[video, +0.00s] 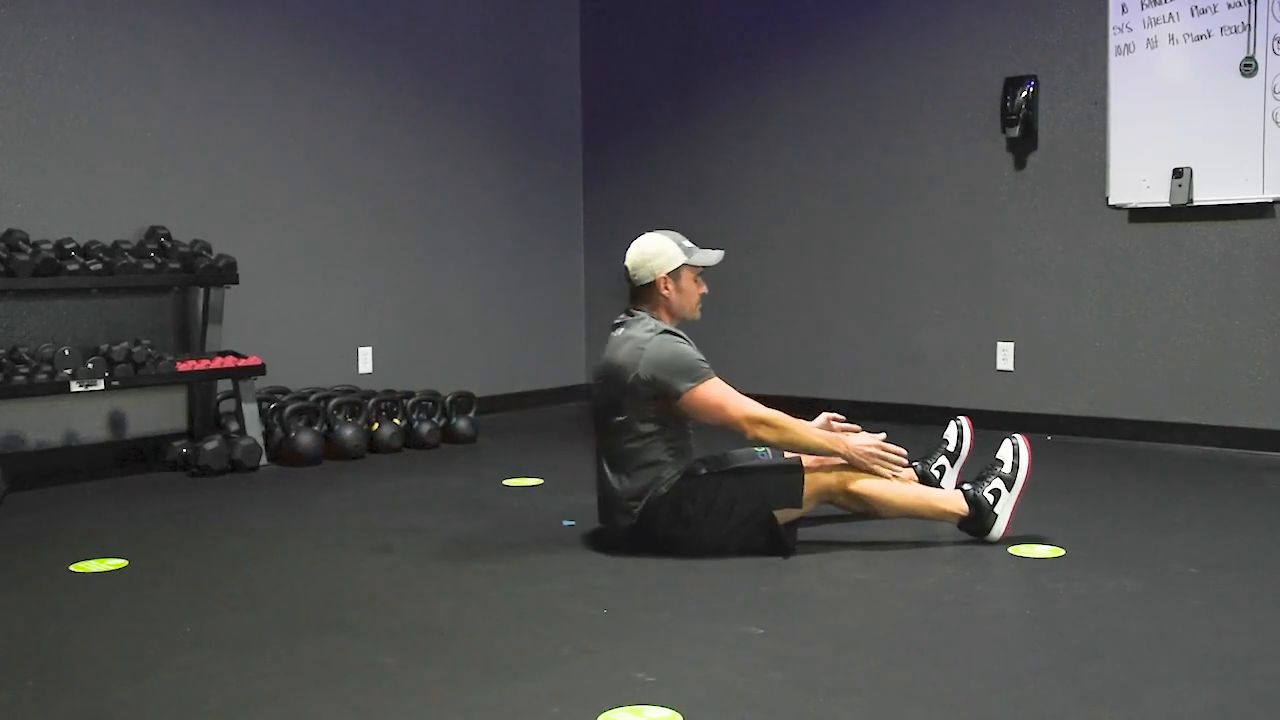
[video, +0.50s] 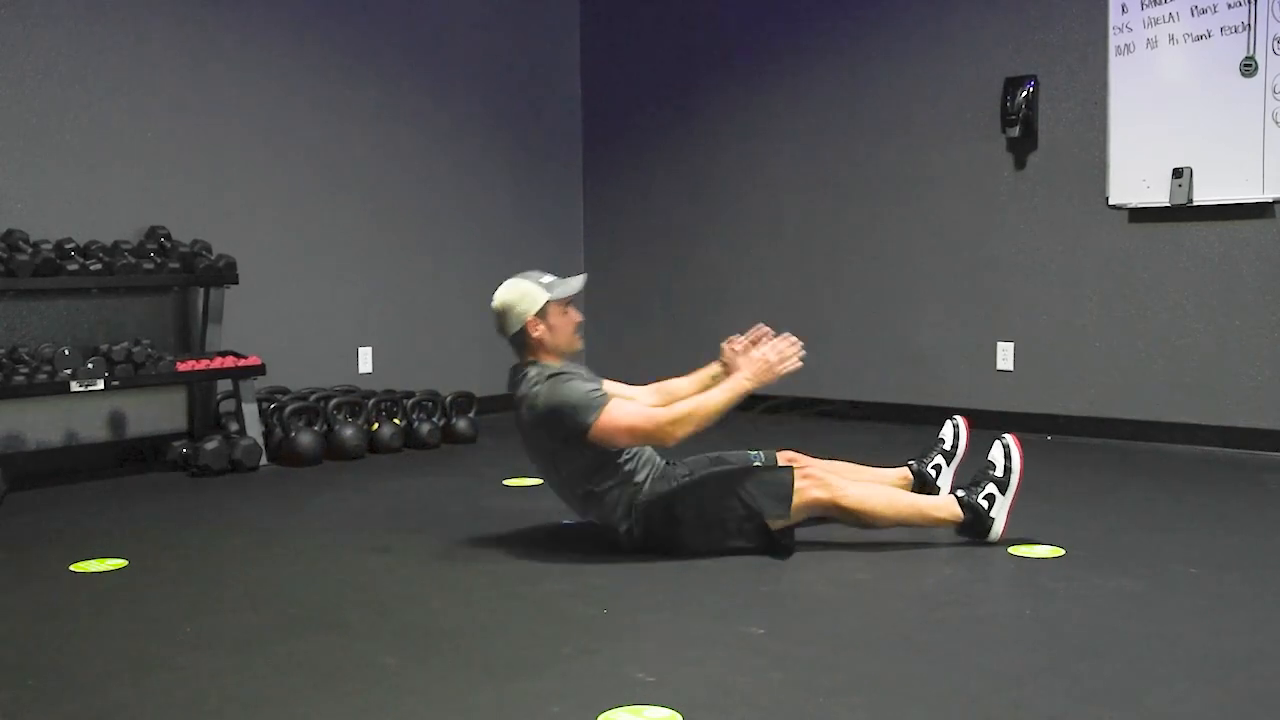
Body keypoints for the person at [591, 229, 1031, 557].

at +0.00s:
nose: (702, 285)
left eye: (699, 275)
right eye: (694, 275)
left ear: (657, 285)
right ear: (665, 284)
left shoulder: (640, 339)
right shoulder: (656, 350)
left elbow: (738, 411)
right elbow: (748, 421)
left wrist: (809, 426)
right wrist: (840, 448)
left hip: (658, 493)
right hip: (658, 508)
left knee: (826, 457)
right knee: (835, 480)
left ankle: (931, 483)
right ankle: (975, 510)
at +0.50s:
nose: (576, 313)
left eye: (570, 304)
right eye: (564, 307)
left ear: (541, 325)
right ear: (536, 327)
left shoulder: (561, 374)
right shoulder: (551, 394)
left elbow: (649, 398)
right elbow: (663, 429)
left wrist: (720, 365)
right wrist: (747, 379)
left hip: (660, 477)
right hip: (647, 505)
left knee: (796, 462)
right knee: (812, 485)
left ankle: (920, 477)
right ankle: (970, 513)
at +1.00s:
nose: (411, 453)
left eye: (398, 450)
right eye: (395, 460)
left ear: (407, 461)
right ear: (397, 488)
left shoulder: (452, 485)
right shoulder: (456, 518)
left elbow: (475, 411)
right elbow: (480, 411)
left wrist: (386, 384)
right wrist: (386, 395)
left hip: (629, 482)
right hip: (629, 510)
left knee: (771, 462)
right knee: (789, 490)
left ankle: (897, 482)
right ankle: (942, 513)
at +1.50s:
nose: (395, 468)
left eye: (386, 466)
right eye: (383, 472)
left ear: (396, 475)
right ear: (386, 497)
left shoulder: (439, 493)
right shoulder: (436, 523)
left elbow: (445, 407)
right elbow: (444, 412)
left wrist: (357, 415)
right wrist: (354, 423)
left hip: (624, 485)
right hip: (622, 513)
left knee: (764, 458)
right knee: (785, 484)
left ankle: (894, 488)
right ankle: (938, 516)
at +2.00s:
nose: (542, 346)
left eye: (536, 337)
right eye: (530, 340)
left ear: (507, 356)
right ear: (500, 359)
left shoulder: (536, 396)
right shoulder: (515, 418)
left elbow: (629, 400)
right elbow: (626, 432)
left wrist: (703, 370)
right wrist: (724, 392)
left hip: (647, 481)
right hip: (632, 512)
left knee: (788, 458)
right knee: (803, 479)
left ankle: (914, 478)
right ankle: (957, 502)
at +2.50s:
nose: (681, 292)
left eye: (678, 281)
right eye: (672, 281)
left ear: (637, 289)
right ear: (642, 288)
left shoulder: (623, 343)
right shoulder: (635, 352)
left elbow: (716, 408)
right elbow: (726, 418)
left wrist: (794, 424)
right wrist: (818, 444)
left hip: (647, 495)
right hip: (650, 510)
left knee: (808, 459)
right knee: (828, 482)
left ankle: (923, 480)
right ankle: (974, 508)